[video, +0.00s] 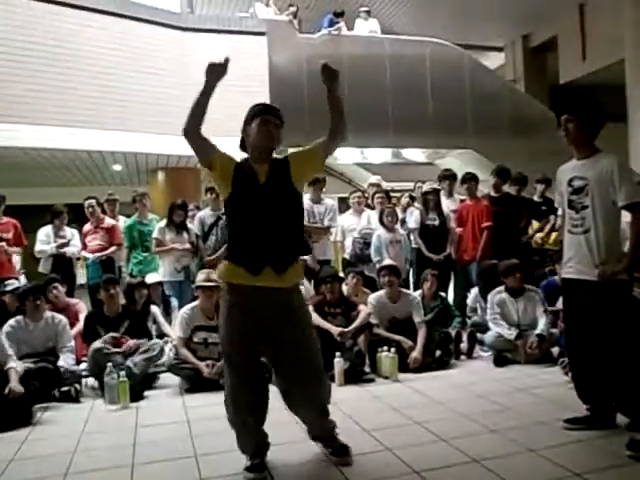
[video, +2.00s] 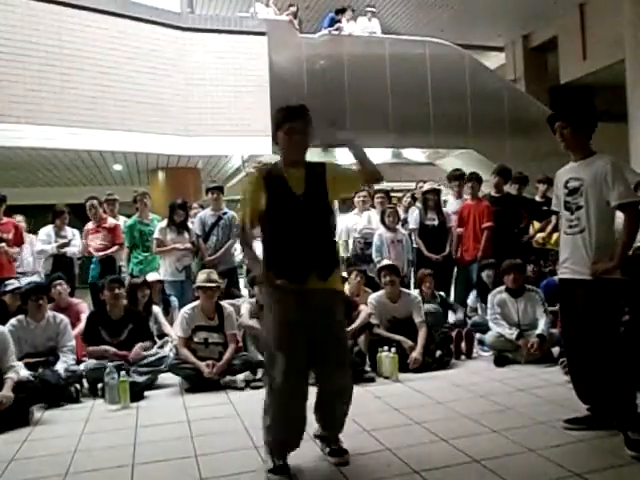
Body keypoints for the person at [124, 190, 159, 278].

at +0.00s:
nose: (144, 203)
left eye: (146, 200)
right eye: (140, 201)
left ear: (149, 202)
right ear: (135, 205)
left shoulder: (156, 221)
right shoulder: (130, 224)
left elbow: (159, 243)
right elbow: (127, 247)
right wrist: (124, 267)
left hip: (154, 266)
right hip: (136, 266)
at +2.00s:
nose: (144, 202)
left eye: (146, 199)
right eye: (140, 200)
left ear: (150, 202)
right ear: (136, 205)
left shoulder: (157, 221)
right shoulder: (131, 224)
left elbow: (161, 243)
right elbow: (127, 247)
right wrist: (124, 267)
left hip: (155, 266)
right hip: (137, 267)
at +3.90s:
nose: (145, 204)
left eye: (147, 200)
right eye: (141, 201)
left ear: (151, 203)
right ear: (137, 206)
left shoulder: (158, 222)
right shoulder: (132, 226)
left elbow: (162, 244)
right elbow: (128, 249)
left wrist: (165, 265)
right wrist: (126, 269)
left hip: (156, 267)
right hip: (139, 268)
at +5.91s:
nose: (147, 204)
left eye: (149, 201)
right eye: (144, 202)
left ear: (154, 203)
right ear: (139, 206)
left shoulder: (160, 222)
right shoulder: (134, 226)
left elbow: (165, 244)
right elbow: (131, 249)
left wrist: (168, 266)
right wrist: (129, 270)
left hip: (159, 268)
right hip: (141, 269)